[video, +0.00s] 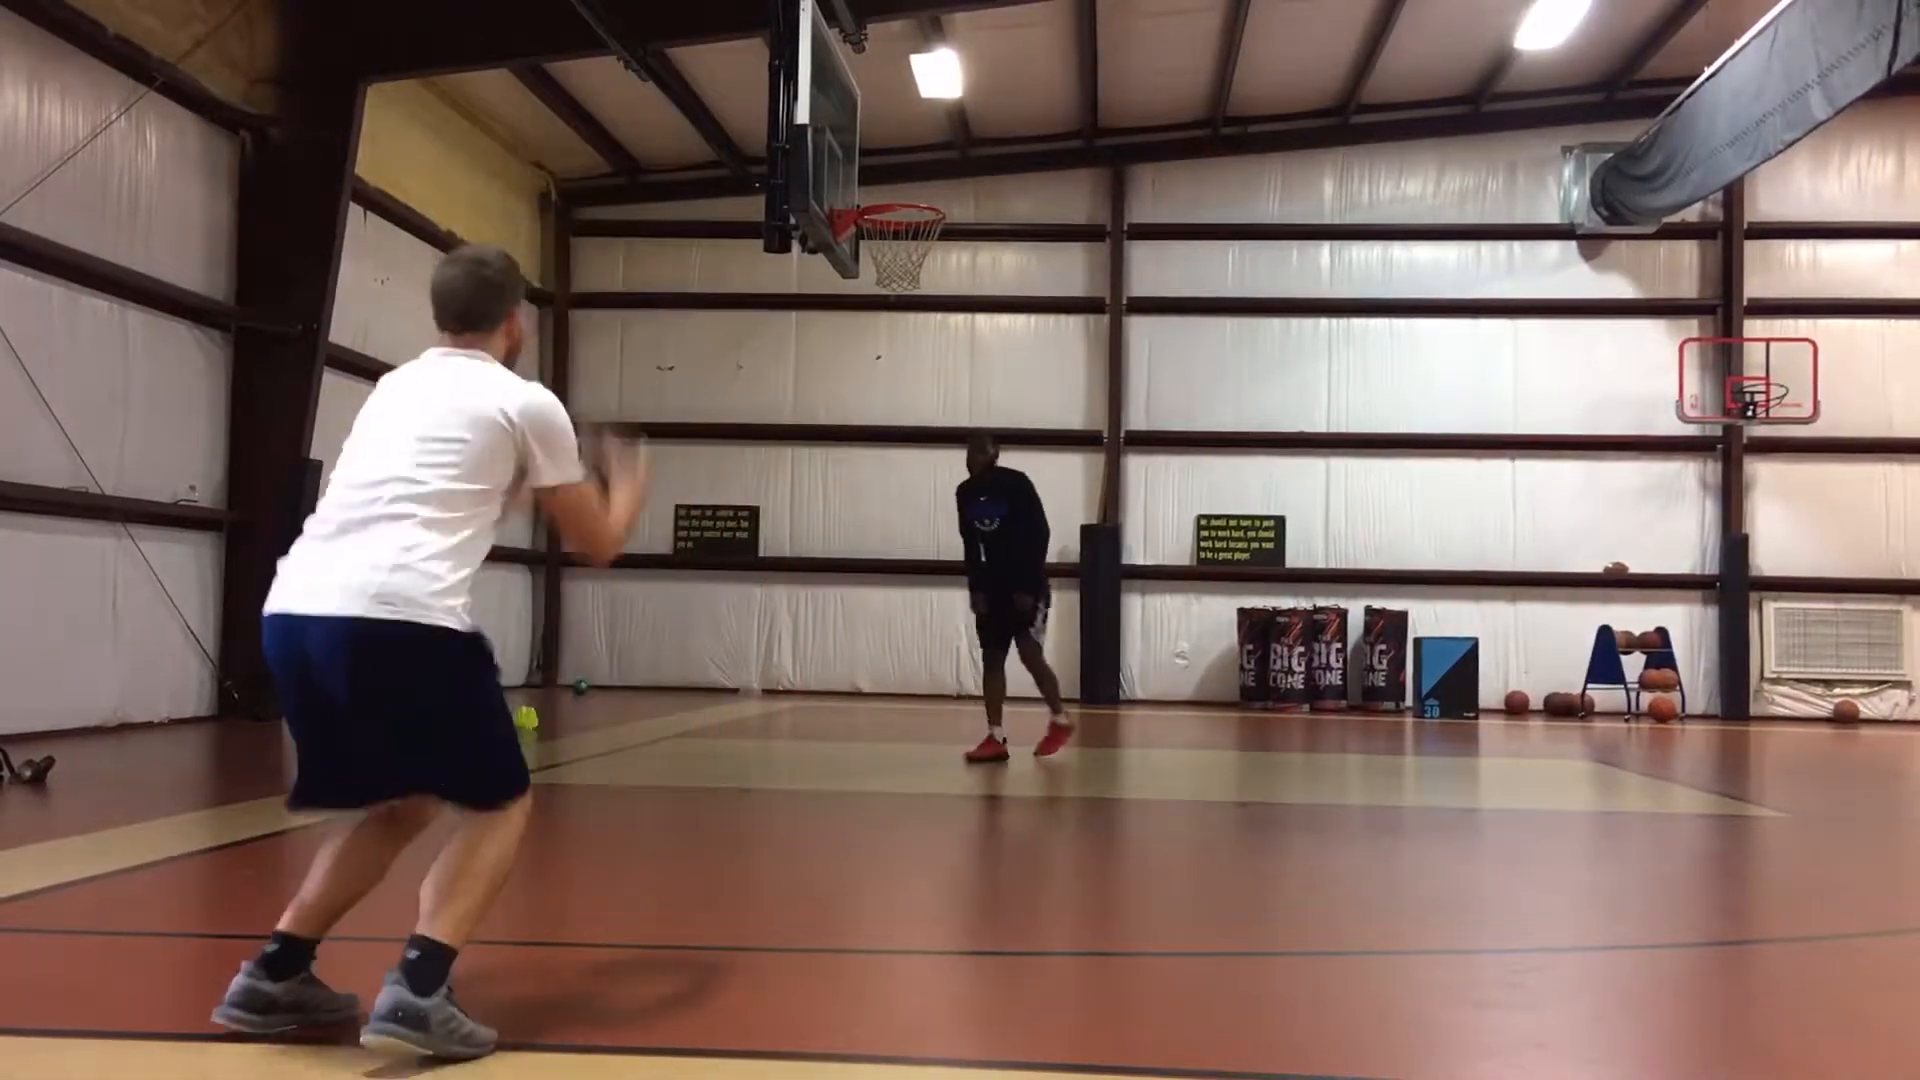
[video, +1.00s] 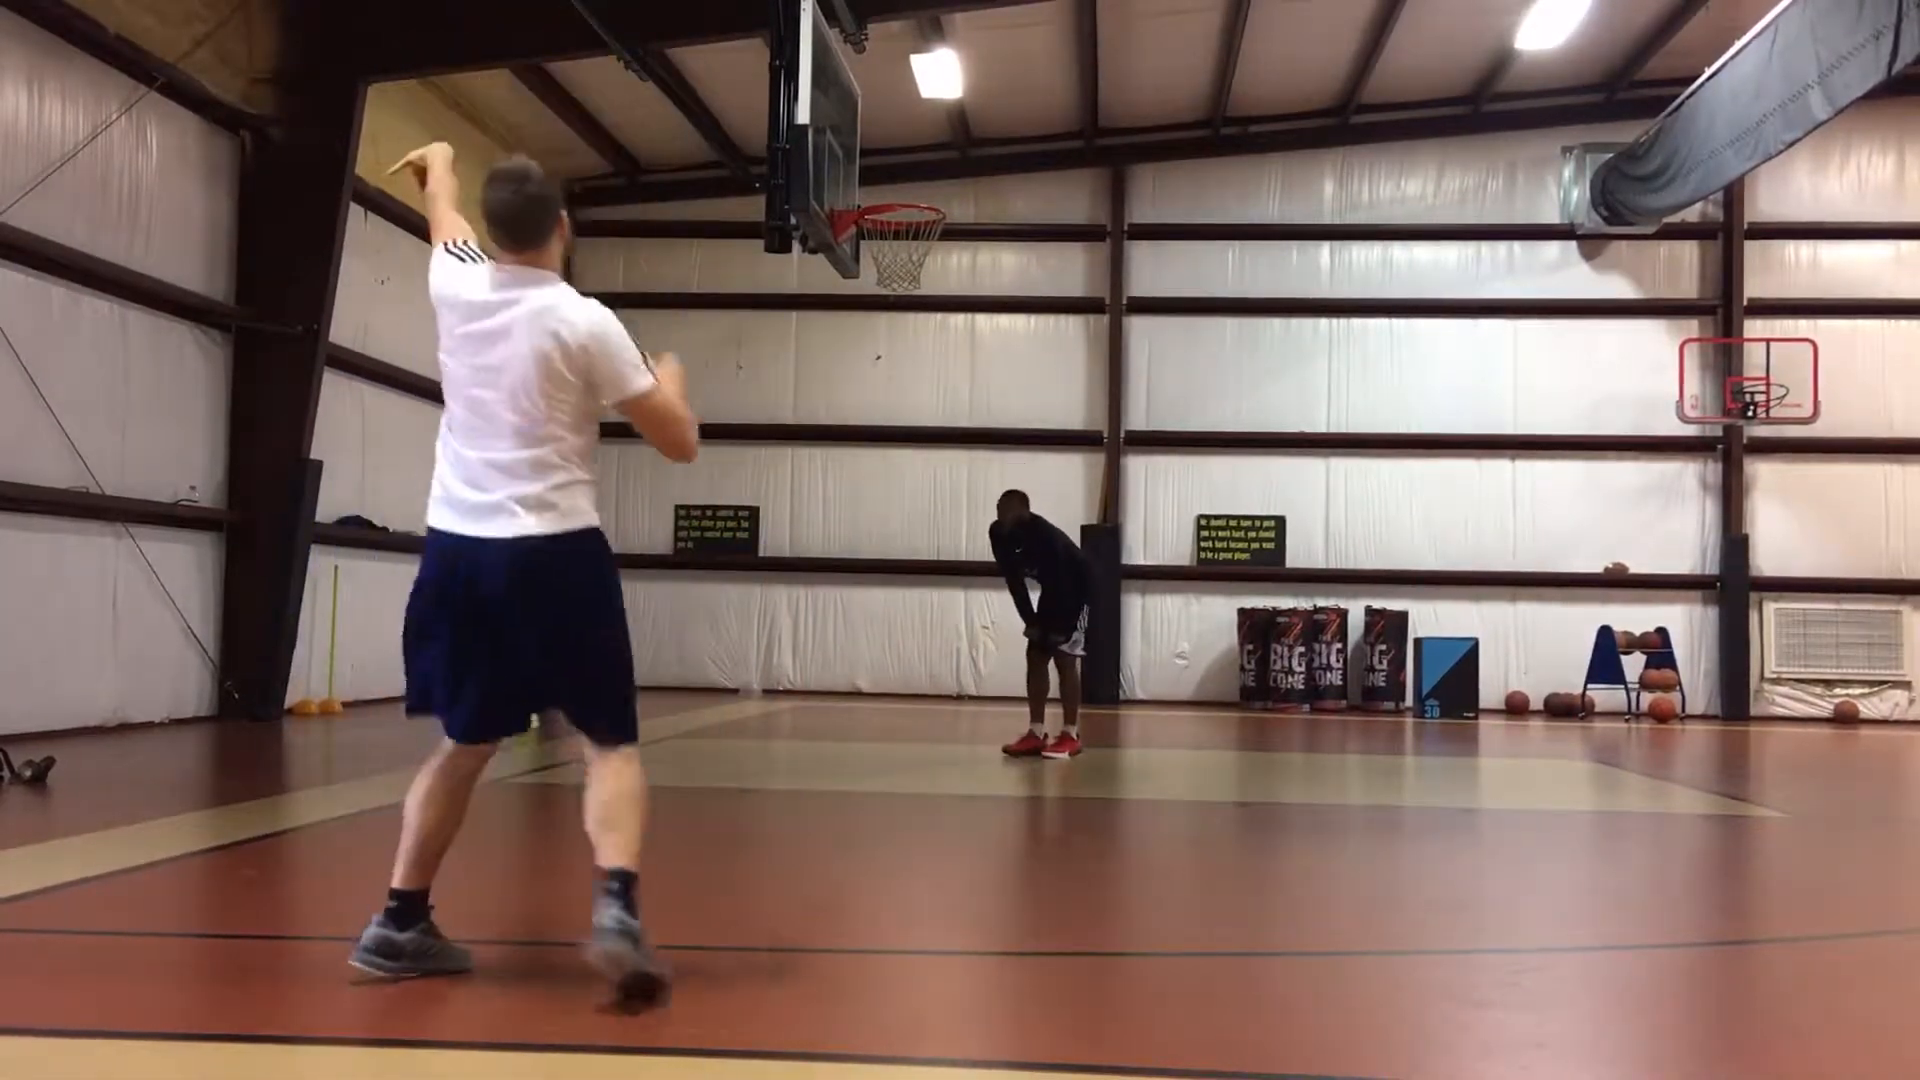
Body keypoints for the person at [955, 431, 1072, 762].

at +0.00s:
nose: (970, 457)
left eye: (976, 451)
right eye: (969, 451)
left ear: (993, 453)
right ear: (969, 453)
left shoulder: (1017, 483)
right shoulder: (965, 492)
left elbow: (1039, 534)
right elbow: (970, 544)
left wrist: (1028, 586)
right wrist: (975, 587)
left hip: (1025, 584)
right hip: (991, 586)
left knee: (1030, 655)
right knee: (992, 661)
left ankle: (1061, 721)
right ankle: (996, 737)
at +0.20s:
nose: (994, 476)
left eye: (1001, 470)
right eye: (992, 469)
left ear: (1016, 472)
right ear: (990, 471)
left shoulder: (1035, 504)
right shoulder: (987, 501)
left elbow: (1050, 558)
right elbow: (995, 552)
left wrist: (1046, 606)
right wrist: (1001, 593)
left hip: (1050, 593)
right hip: (1016, 593)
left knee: (1061, 660)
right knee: (1009, 662)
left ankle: (1070, 732)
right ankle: (999, 735)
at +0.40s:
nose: (1012, 476)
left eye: (1020, 471)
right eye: (1010, 469)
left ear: (1032, 475)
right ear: (1006, 471)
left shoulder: (1048, 504)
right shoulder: (1000, 498)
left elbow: (1067, 557)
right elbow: (1004, 550)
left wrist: (1061, 604)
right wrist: (1009, 594)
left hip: (1060, 588)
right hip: (1028, 587)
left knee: (1065, 659)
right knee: (1012, 653)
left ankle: (1070, 733)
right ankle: (1019, 731)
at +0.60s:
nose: (1008, 495)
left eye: (1015, 489)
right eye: (1005, 488)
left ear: (1029, 488)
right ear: (1001, 487)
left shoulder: (1048, 511)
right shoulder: (999, 514)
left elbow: (1070, 560)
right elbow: (1011, 565)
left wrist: (1062, 609)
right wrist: (1025, 608)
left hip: (1067, 590)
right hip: (1037, 590)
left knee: (1064, 660)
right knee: (1034, 659)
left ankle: (1069, 734)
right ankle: (1035, 732)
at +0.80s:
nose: (1004, 512)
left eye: (1009, 506)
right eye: (1001, 506)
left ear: (1024, 505)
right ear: (998, 506)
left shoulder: (1047, 529)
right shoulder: (999, 528)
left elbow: (1069, 578)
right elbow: (1014, 576)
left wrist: (1062, 624)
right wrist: (1029, 617)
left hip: (1077, 591)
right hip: (1048, 589)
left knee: (1065, 659)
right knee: (1035, 658)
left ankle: (1069, 735)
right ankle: (1036, 733)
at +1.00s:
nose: (1000, 515)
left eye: (1005, 510)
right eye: (999, 510)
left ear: (1023, 511)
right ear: (999, 510)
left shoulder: (1043, 533)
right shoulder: (998, 532)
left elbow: (1069, 581)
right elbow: (1014, 581)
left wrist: (1061, 626)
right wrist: (1029, 620)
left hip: (1078, 592)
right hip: (1051, 592)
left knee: (1065, 660)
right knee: (1035, 656)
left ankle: (1070, 735)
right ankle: (1036, 733)